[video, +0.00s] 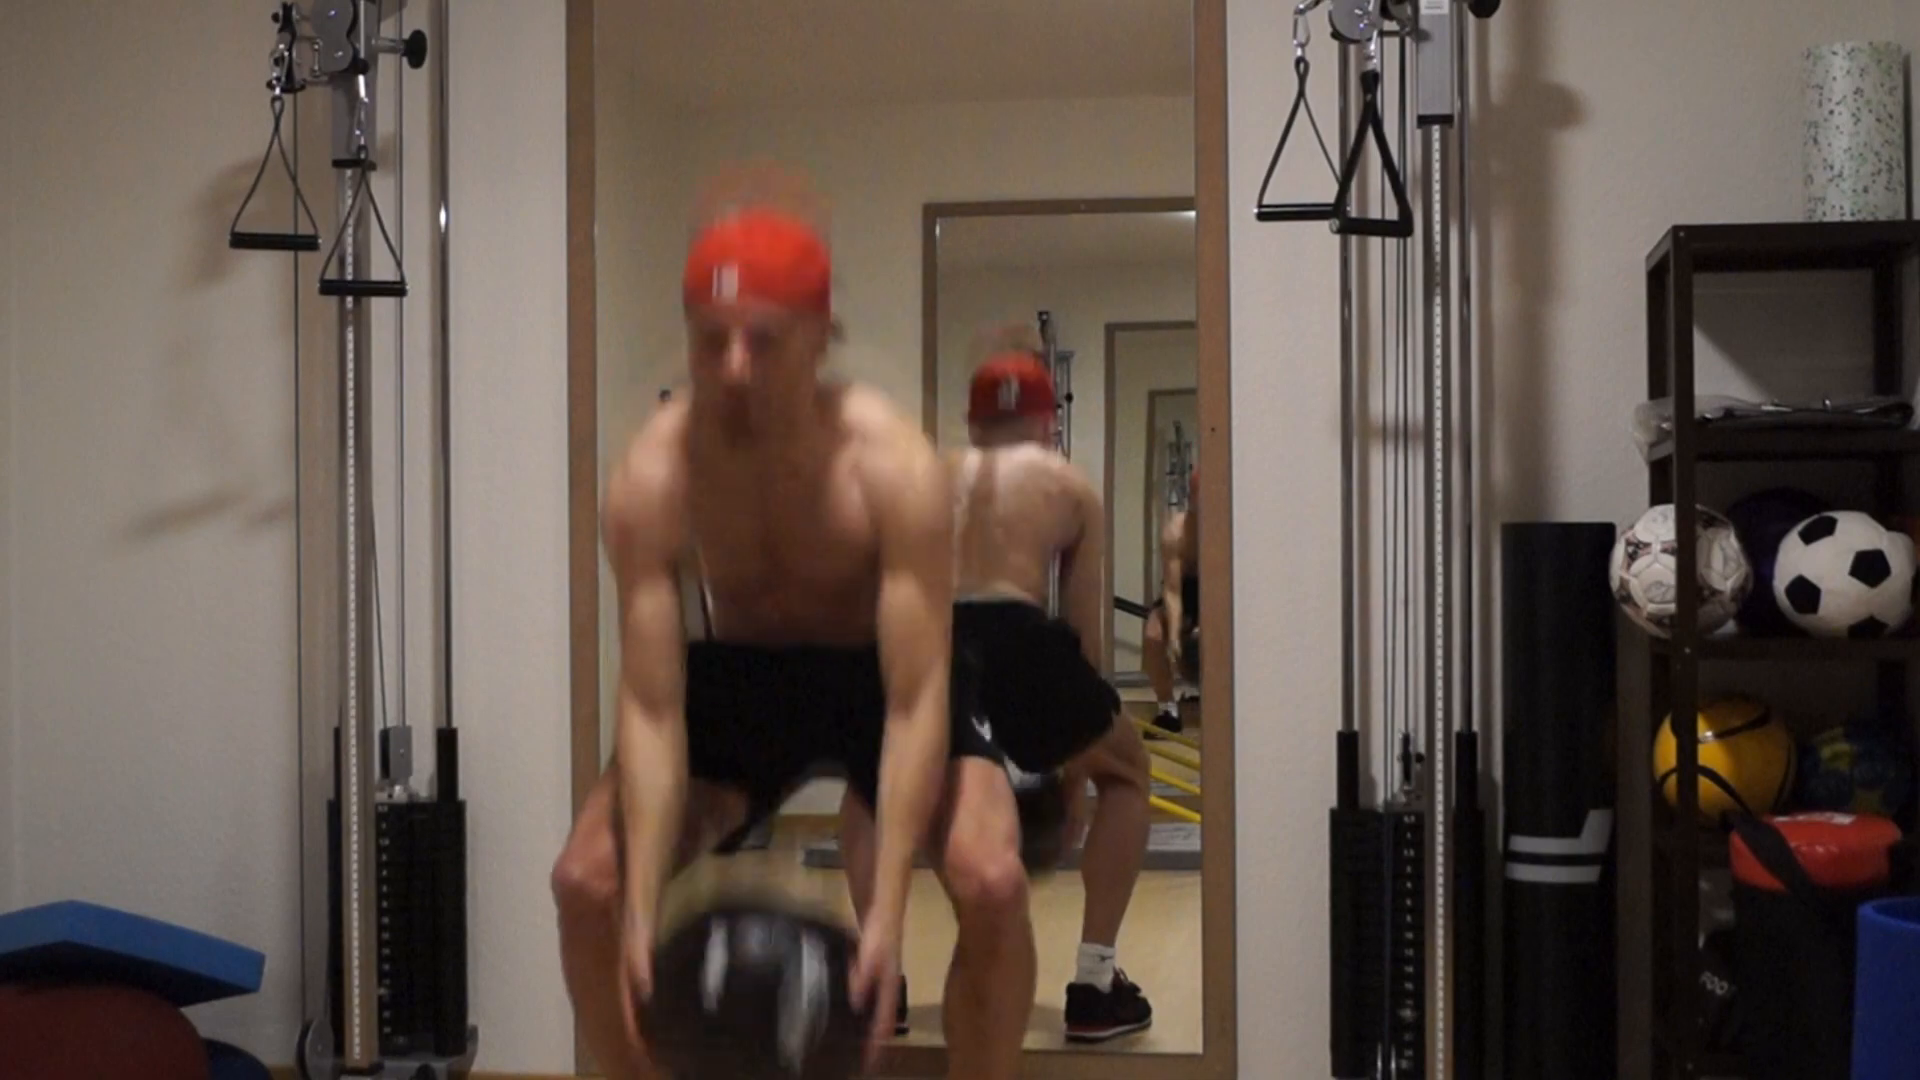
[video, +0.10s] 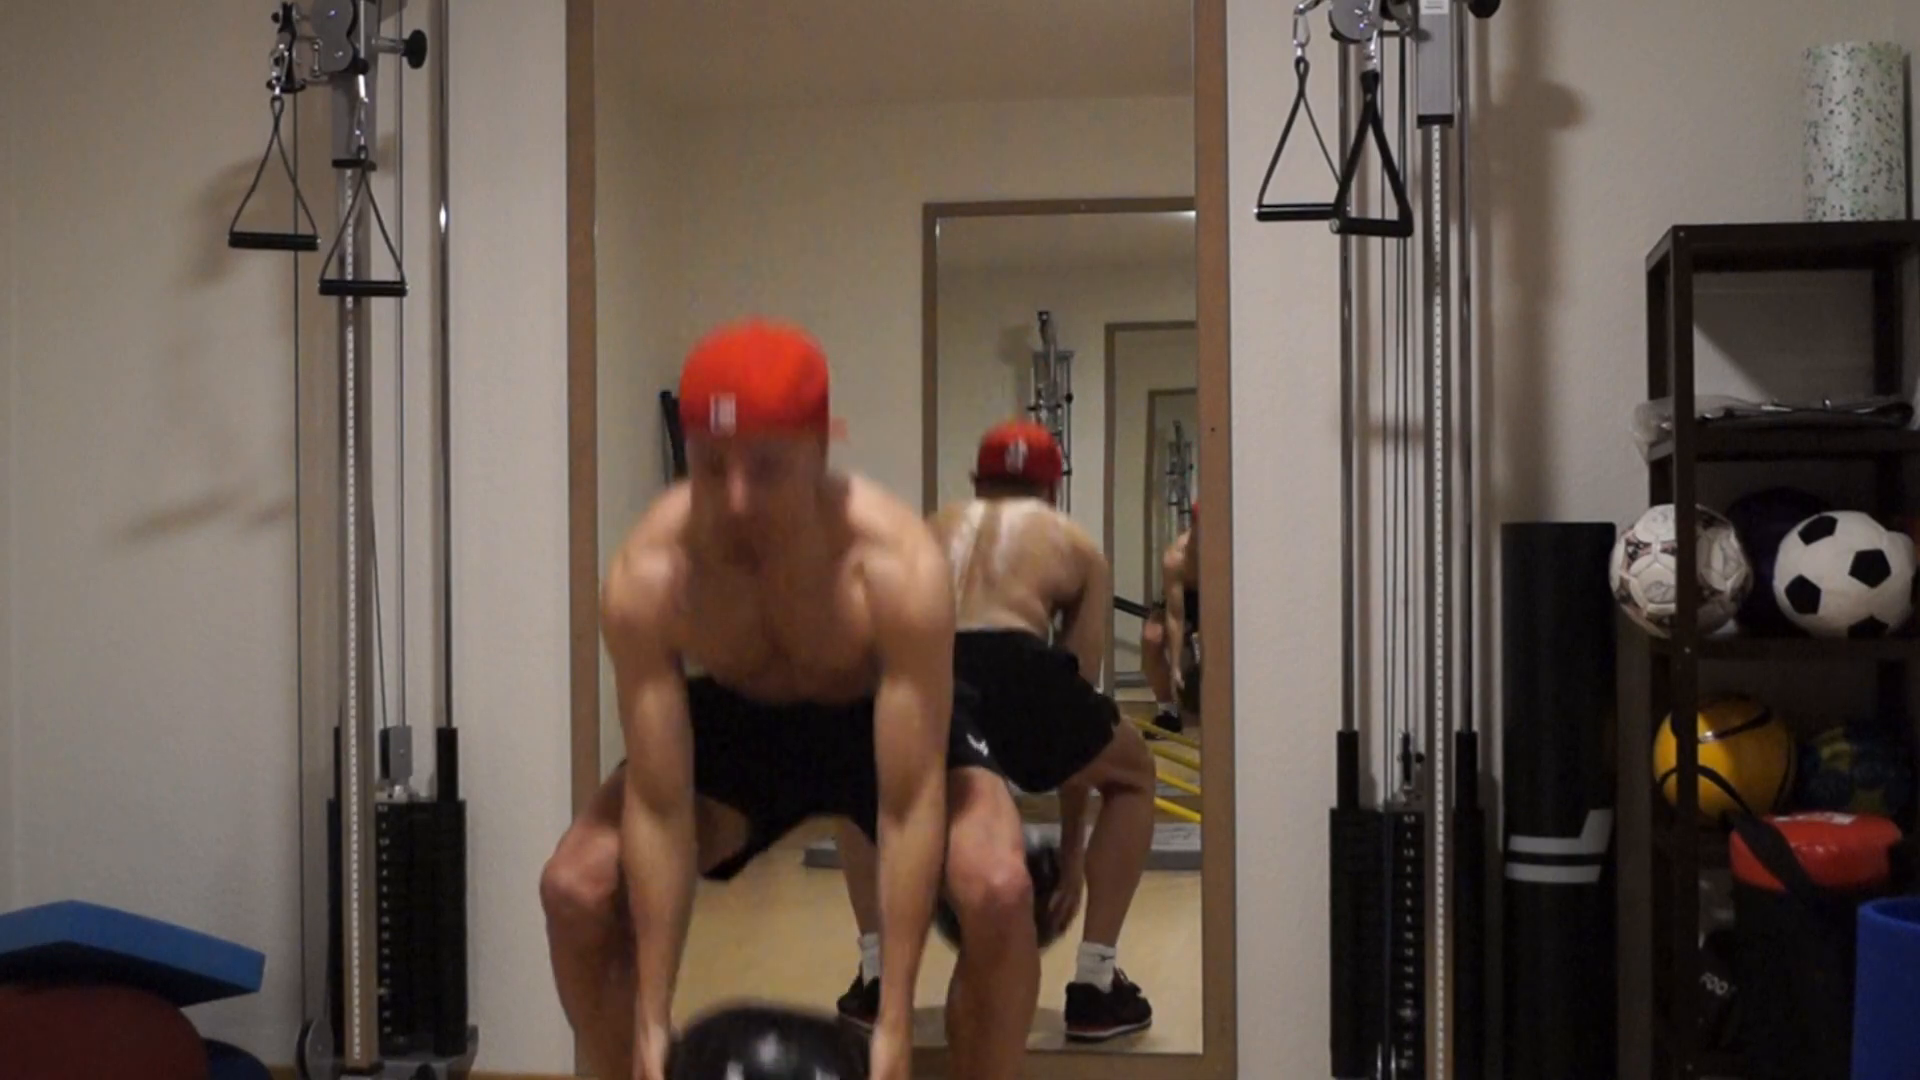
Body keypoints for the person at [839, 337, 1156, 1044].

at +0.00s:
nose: (1045, 421)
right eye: (1046, 411)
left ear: (972, 416)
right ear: (1045, 417)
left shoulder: (929, 474)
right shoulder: (1070, 486)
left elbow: (894, 598)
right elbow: (1086, 634)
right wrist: (1082, 748)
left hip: (922, 647)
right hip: (1019, 648)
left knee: (862, 799)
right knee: (1126, 771)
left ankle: (876, 975)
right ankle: (1096, 980)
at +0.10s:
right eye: (1055, 481)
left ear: (977, 478)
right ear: (1054, 482)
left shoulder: (934, 527)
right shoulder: (1079, 548)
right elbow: (1076, 706)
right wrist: (1069, 863)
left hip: (924, 677)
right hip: (1022, 684)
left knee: (855, 791)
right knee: (1131, 780)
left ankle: (875, 970)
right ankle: (1096, 981)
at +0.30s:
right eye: (1063, 549)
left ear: (986, 537)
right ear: (1061, 547)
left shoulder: (925, 579)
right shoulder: (1082, 597)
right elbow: (1080, 769)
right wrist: (1066, 898)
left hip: (919, 712)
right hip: (1023, 712)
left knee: (861, 797)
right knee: (1138, 781)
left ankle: (876, 972)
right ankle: (1095, 979)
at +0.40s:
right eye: (1064, 488)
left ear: (987, 484)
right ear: (1061, 488)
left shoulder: (939, 525)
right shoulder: (1081, 544)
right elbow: (1084, 702)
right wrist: (1071, 848)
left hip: (930, 667)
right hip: (1032, 672)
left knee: (862, 792)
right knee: (1133, 781)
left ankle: (875, 971)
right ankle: (1096, 980)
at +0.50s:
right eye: (1063, 428)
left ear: (984, 427)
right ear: (1058, 430)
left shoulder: (936, 475)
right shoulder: (1084, 494)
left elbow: (899, 594)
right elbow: (1090, 639)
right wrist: (1076, 772)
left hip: (930, 633)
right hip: (1030, 638)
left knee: (871, 776)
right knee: (1124, 772)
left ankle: (873, 965)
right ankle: (1094, 979)